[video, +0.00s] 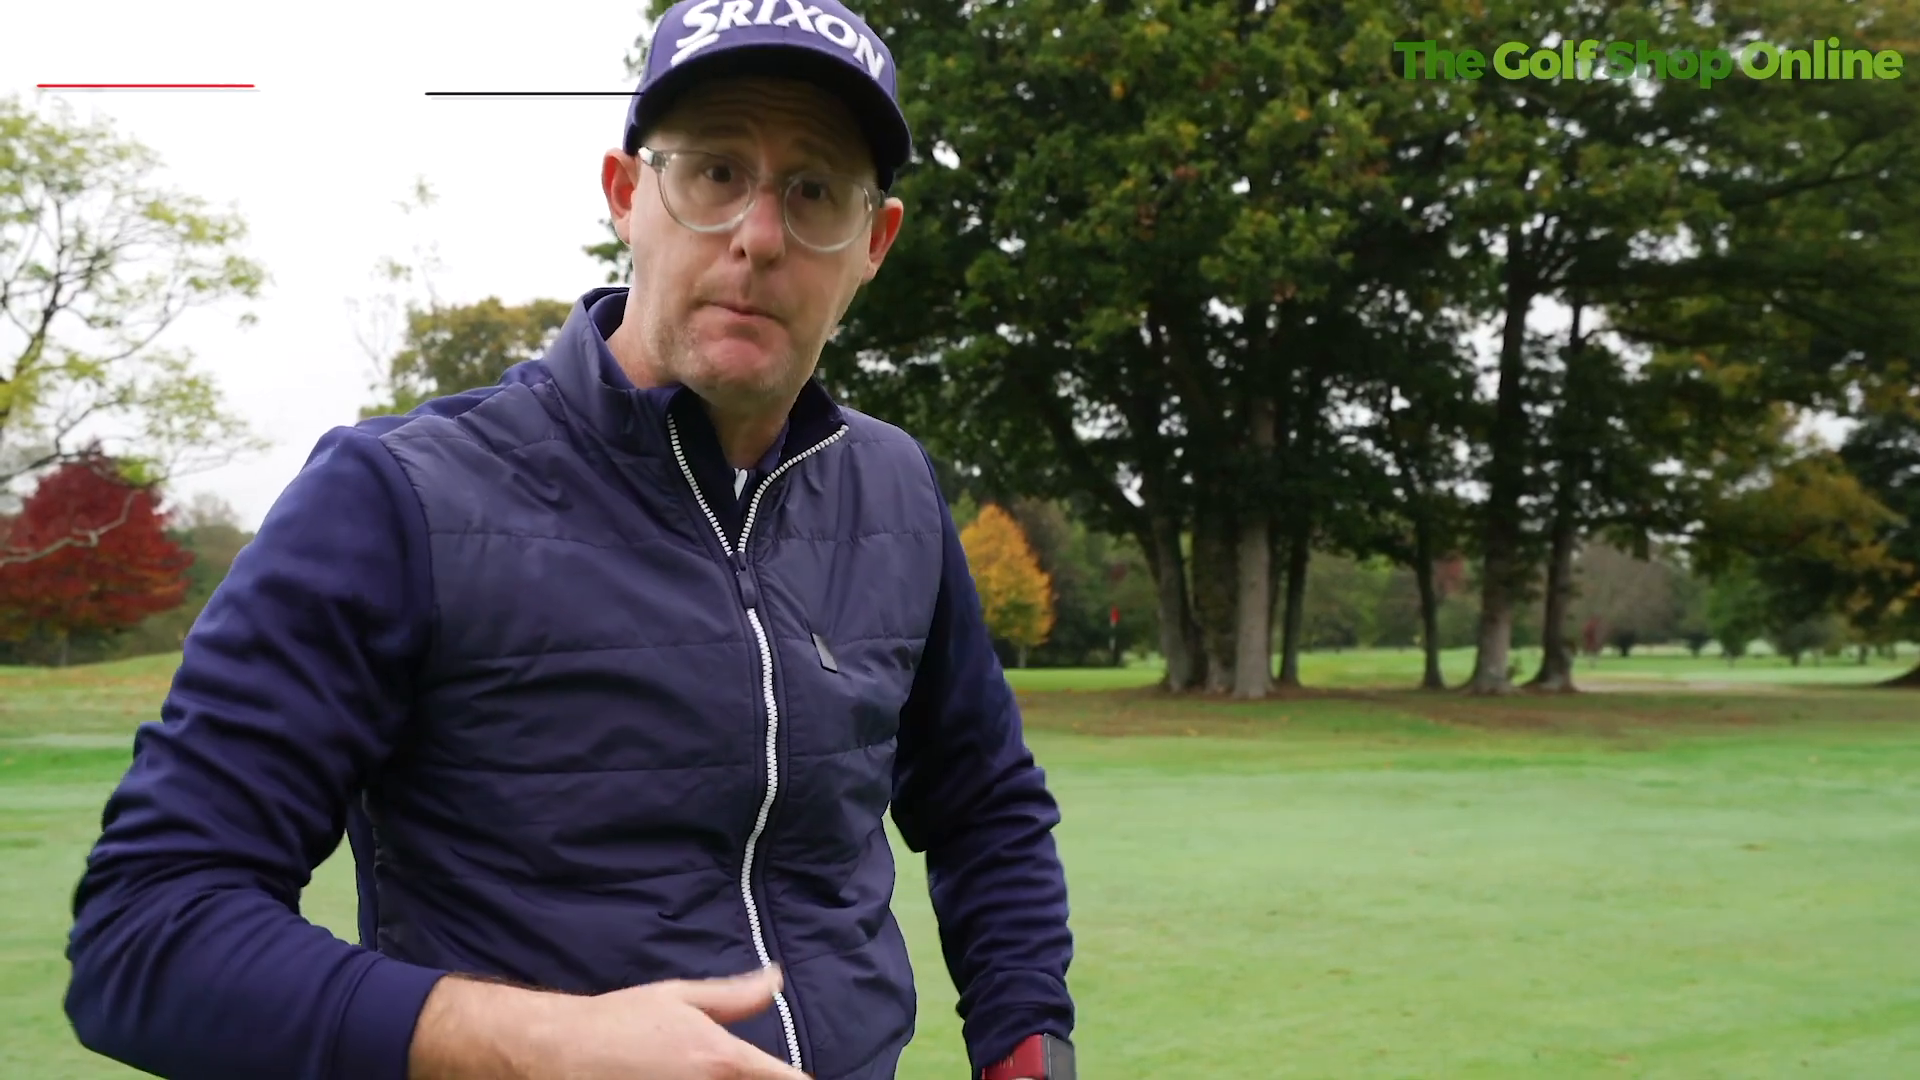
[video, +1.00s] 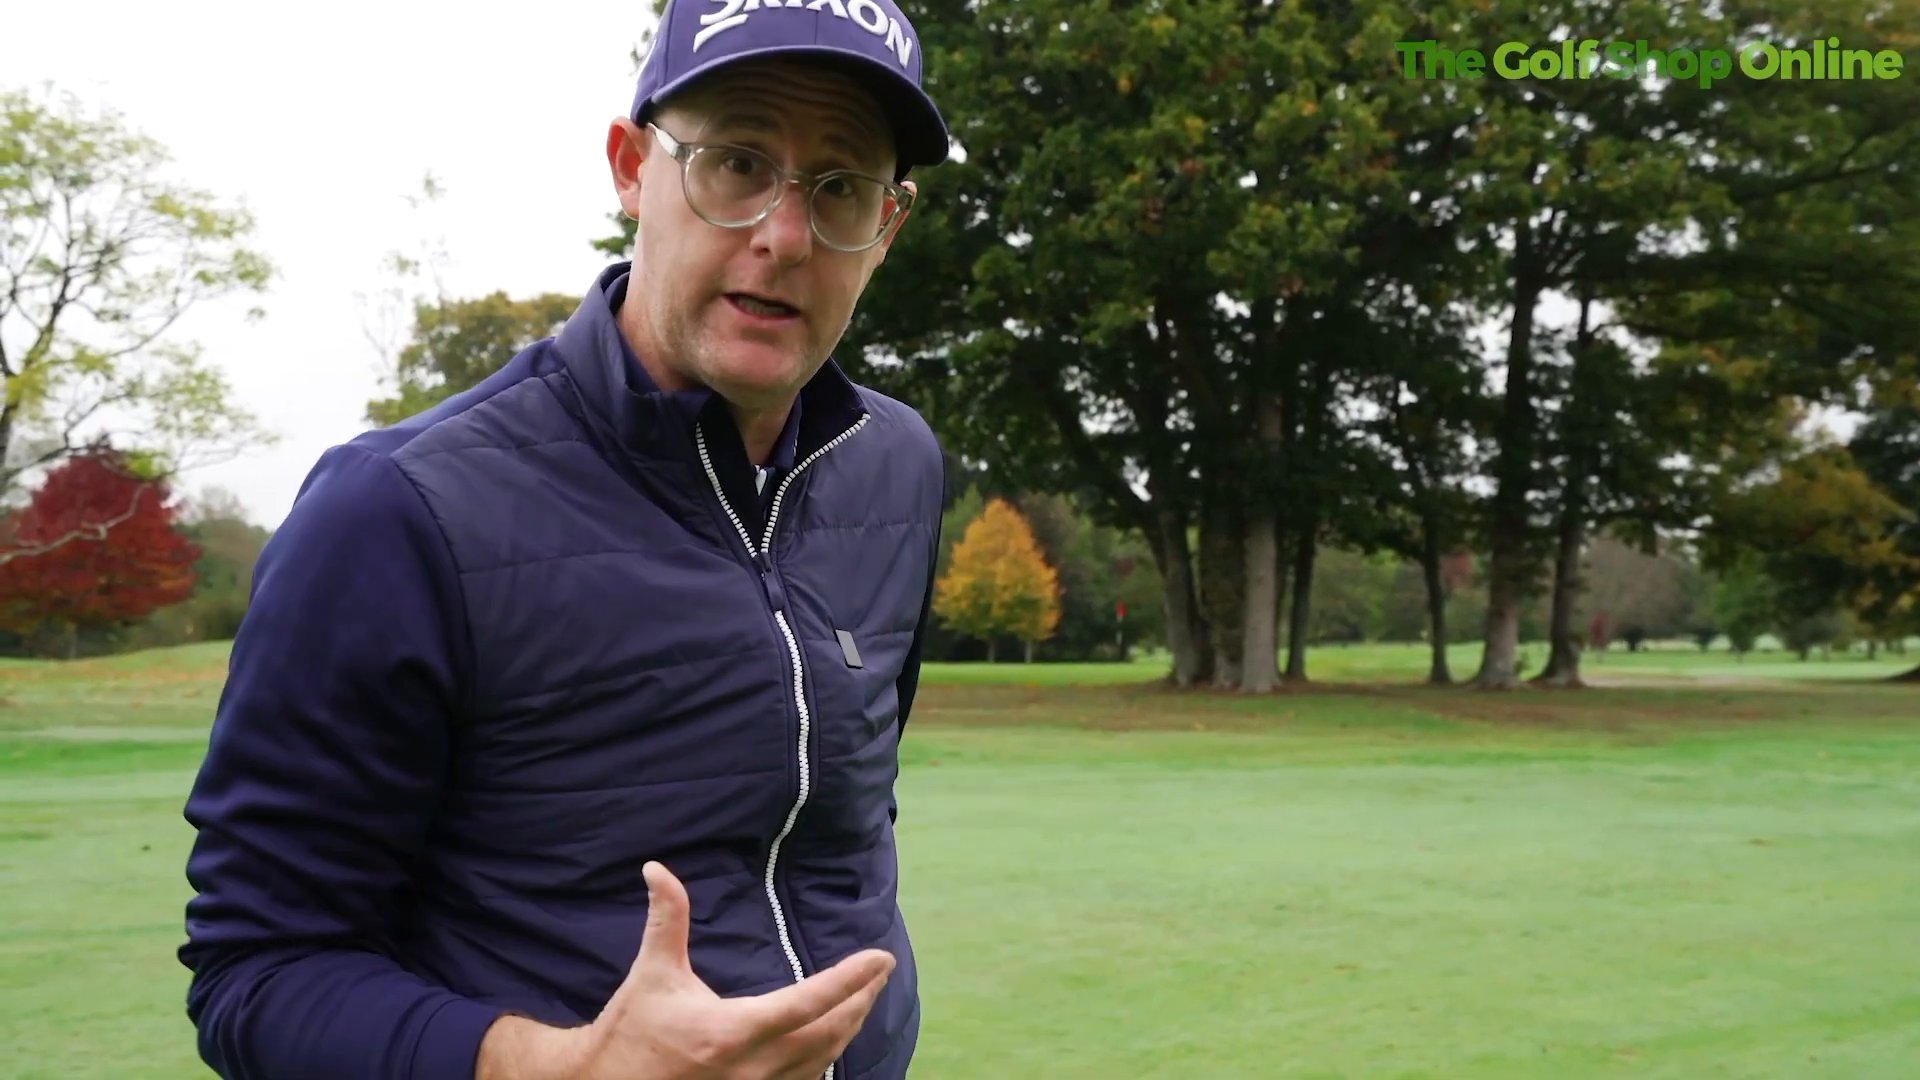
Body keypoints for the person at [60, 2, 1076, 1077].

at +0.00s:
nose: (757, 234)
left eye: (812, 190)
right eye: (717, 171)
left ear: (872, 247)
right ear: (624, 195)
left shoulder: (890, 494)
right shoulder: (405, 496)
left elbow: (989, 812)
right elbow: (146, 930)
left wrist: (1024, 1052)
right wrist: (532, 1037)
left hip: (853, 1061)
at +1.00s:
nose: (784, 235)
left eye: (837, 181)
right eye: (738, 161)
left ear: (887, 224)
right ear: (631, 169)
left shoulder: (898, 473)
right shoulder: (402, 513)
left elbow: (839, 821)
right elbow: (259, 968)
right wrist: (564, 1061)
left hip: (859, 1056)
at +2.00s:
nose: (743, 220)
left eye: (790, 172)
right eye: (695, 155)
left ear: (832, 213)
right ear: (587, 168)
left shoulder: (854, 443)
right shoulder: (401, 459)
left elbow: (915, 742)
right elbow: (159, 867)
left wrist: (952, 993)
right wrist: (620, 968)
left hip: (831, 1056)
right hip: (525, 1054)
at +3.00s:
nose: (985, 408)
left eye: (1012, 355)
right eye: (938, 351)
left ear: (1038, 334)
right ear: (795, 311)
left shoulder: (971, 534)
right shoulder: (588, 602)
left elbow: (948, 907)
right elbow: (624, 1041)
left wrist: (944, 1063)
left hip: (862, 1041)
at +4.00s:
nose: (1046, 557)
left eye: (1076, 504)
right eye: (1004, 500)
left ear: (1108, 473)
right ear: (863, 437)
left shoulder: (1064, 668)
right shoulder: (573, 602)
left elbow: (930, 1034)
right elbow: (520, 1024)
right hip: (615, 1056)